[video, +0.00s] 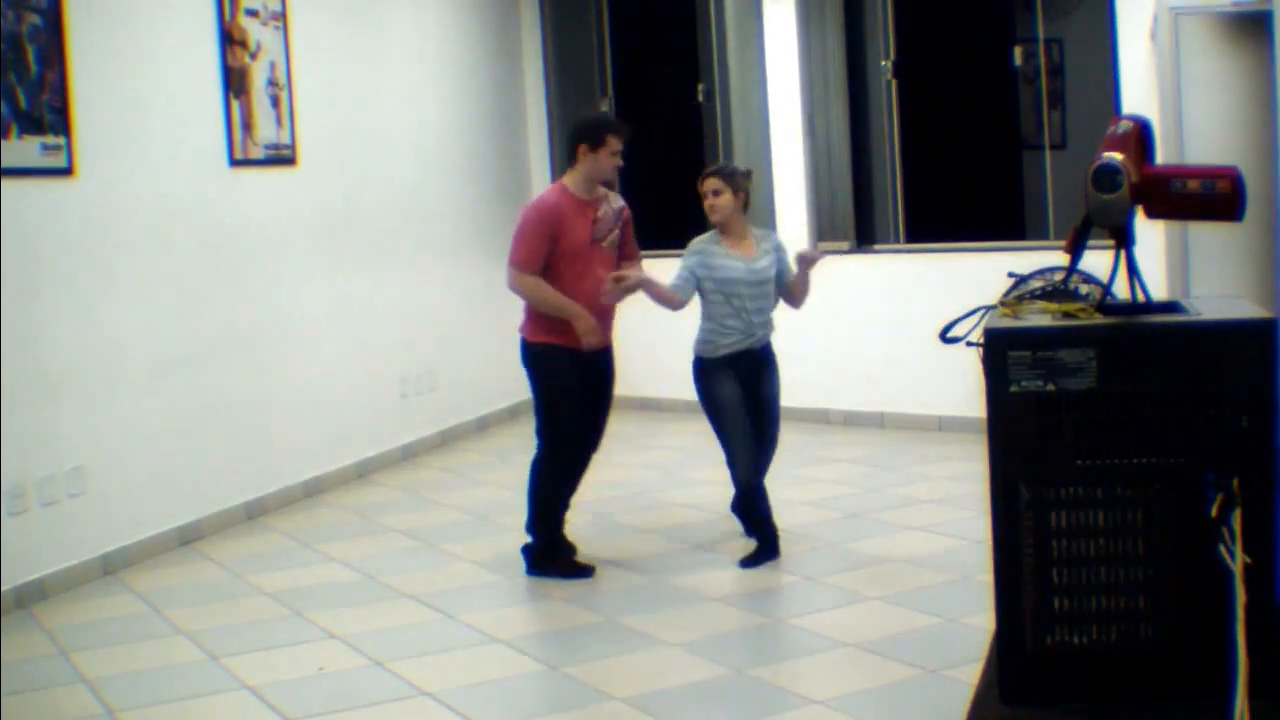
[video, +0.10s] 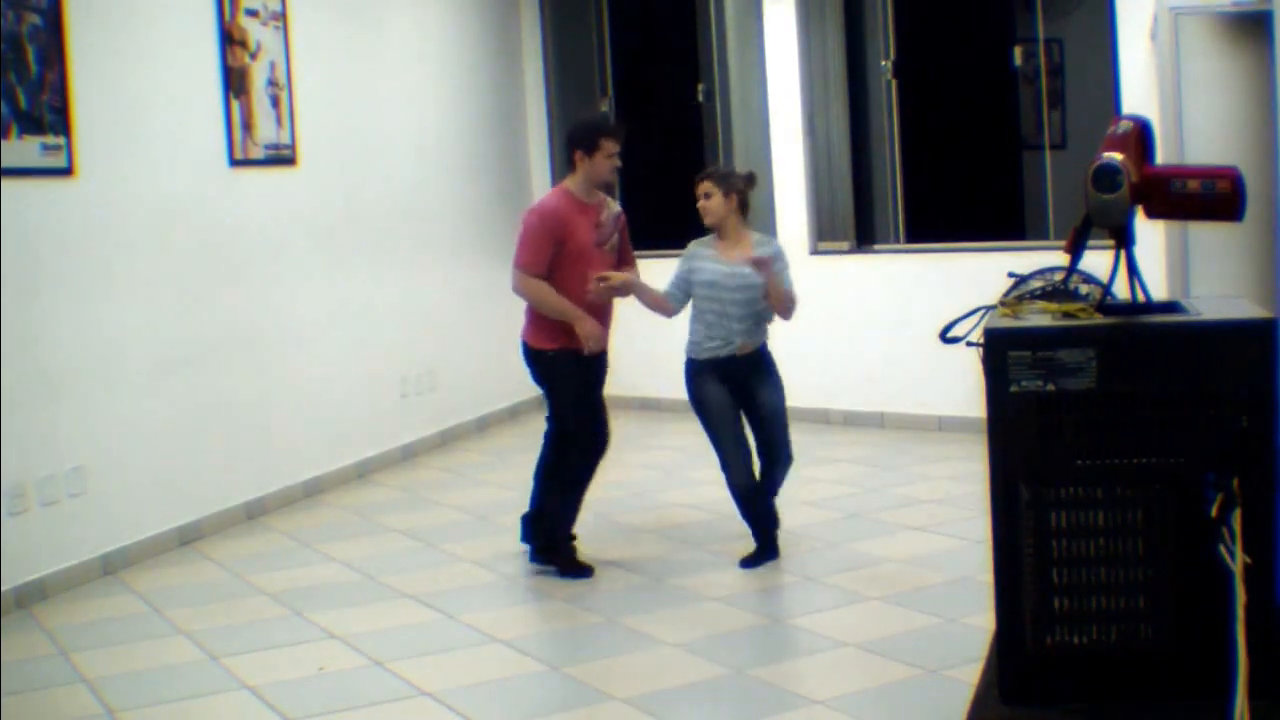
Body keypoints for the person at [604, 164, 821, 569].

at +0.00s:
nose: (708, 203)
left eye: (716, 194)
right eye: (704, 197)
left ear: (740, 197)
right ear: (704, 203)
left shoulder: (770, 245)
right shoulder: (700, 250)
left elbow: (794, 299)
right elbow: (675, 300)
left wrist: (804, 269)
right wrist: (643, 281)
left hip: (758, 356)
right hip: (714, 360)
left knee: (765, 440)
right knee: (741, 451)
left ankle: (744, 501)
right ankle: (767, 540)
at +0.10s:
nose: (701, 205)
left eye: (708, 196)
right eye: (698, 198)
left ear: (733, 199)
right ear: (705, 205)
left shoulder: (767, 250)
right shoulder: (697, 254)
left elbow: (785, 311)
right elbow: (669, 306)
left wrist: (770, 277)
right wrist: (633, 285)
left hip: (754, 362)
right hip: (706, 367)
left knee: (779, 454)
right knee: (736, 460)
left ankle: (762, 502)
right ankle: (765, 541)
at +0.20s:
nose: (693, 207)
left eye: (698, 199)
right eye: (695, 199)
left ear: (718, 202)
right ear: (714, 203)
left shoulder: (756, 251)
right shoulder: (700, 256)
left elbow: (757, 310)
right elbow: (677, 308)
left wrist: (716, 278)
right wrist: (639, 281)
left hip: (746, 365)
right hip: (703, 368)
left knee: (747, 458)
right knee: (729, 463)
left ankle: (786, 509)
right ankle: (764, 540)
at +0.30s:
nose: (689, 203)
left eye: (694, 196)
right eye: (691, 195)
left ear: (709, 201)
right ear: (715, 201)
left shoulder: (732, 248)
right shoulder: (711, 249)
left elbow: (722, 306)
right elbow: (698, 301)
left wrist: (672, 274)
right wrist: (663, 273)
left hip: (734, 363)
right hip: (713, 365)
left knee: (713, 455)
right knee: (732, 456)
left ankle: (769, 541)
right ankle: (768, 541)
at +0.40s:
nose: (681, 199)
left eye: (684, 193)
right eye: (683, 192)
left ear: (694, 198)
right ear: (725, 201)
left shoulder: (696, 248)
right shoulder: (732, 246)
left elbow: (669, 303)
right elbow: (701, 276)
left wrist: (642, 272)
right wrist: (663, 262)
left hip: (712, 363)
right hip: (742, 358)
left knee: (697, 465)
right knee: (736, 455)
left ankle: (716, 559)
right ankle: (778, 538)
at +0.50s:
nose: (672, 200)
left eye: (674, 194)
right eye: (674, 194)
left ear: (681, 200)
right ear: (721, 202)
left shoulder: (664, 247)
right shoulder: (732, 252)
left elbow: (630, 293)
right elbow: (754, 293)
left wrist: (627, 260)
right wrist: (715, 274)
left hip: (690, 370)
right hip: (736, 364)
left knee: (684, 470)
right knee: (738, 457)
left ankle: (681, 569)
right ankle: (778, 539)